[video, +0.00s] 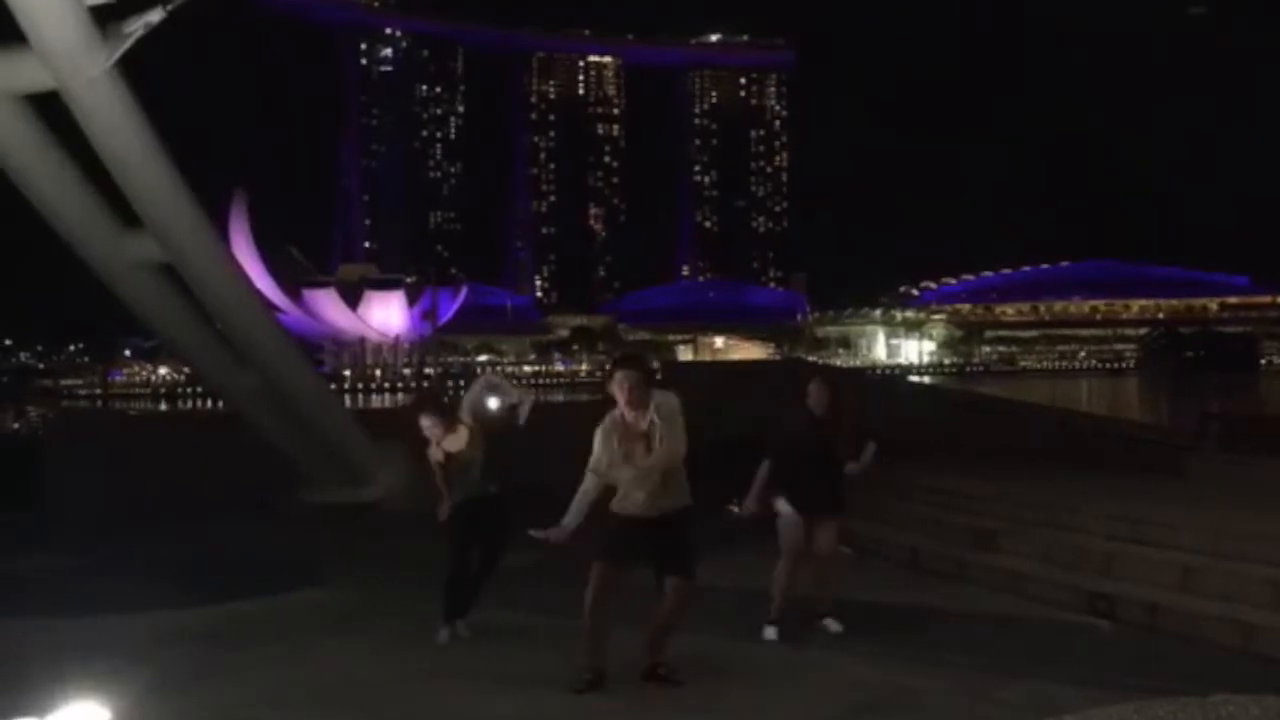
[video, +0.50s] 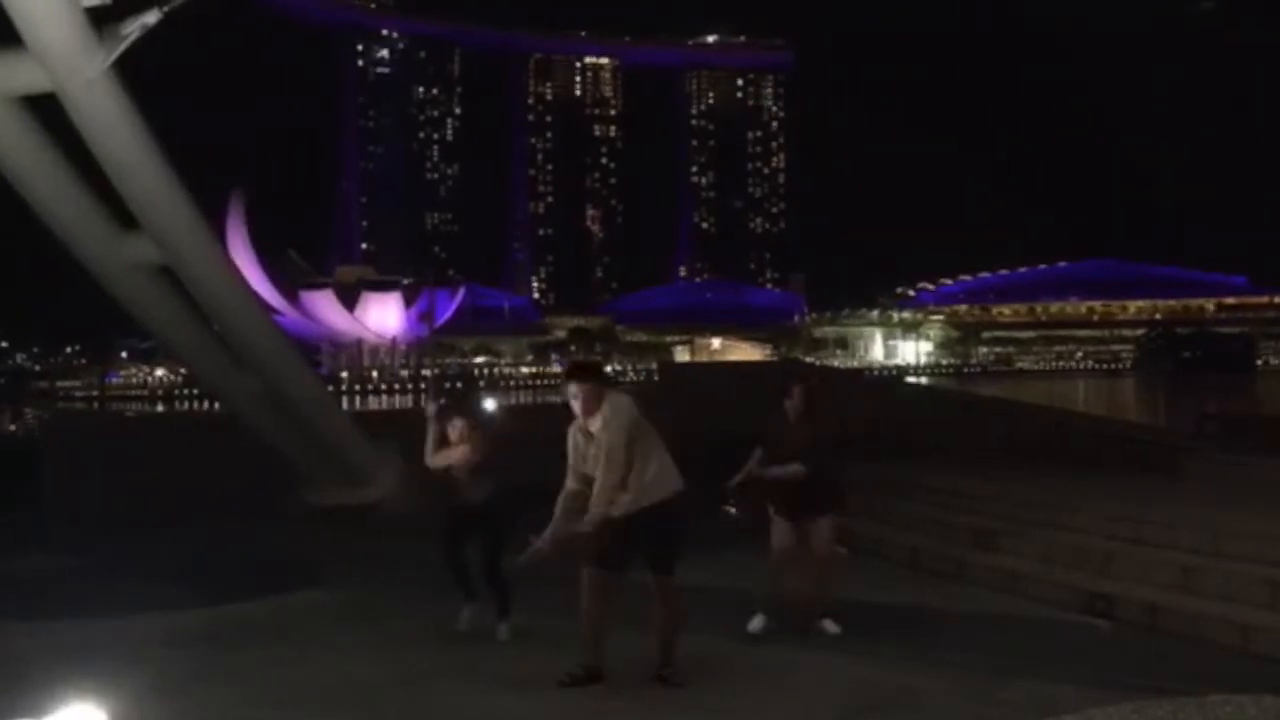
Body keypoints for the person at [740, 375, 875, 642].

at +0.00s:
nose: (817, 400)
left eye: (821, 395)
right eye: (813, 395)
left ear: (830, 398)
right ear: (805, 397)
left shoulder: (835, 428)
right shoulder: (793, 425)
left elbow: (842, 468)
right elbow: (769, 463)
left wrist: (861, 464)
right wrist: (753, 497)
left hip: (826, 500)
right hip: (792, 499)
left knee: (826, 558)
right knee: (789, 557)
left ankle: (824, 613)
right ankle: (774, 620)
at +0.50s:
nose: (797, 405)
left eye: (802, 399)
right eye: (794, 398)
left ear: (810, 401)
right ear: (786, 399)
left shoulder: (817, 429)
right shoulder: (777, 426)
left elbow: (805, 470)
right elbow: (759, 456)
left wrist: (761, 474)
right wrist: (738, 480)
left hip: (817, 501)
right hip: (782, 501)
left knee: (822, 557)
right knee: (779, 555)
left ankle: (822, 612)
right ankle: (767, 610)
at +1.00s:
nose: (756, 404)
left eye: (761, 398)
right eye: (752, 398)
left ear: (772, 400)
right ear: (746, 400)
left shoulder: (786, 425)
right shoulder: (738, 427)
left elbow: (819, 448)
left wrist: (846, 471)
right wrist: (696, 484)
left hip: (781, 495)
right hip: (748, 494)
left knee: (770, 550)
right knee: (749, 553)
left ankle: (785, 616)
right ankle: (761, 614)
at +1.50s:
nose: (768, 393)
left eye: (772, 387)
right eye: (764, 388)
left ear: (781, 389)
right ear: (756, 390)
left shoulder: (794, 416)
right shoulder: (747, 420)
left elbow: (814, 446)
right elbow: (737, 465)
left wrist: (825, 468)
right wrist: (768, 479)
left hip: (796, 495)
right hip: (761, 498)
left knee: (801, 555)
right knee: (763, 556)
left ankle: (802, 613)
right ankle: (756, 612)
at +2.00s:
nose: (785, 394)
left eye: (789, 389)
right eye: (781, 389)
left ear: (798, 390)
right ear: (774, 391)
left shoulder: (804, 416)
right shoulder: (767, 414)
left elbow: (808, 449)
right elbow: (760, 438)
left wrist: (826, 459)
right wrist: (800, 435)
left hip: (803, 494)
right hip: (771, 495)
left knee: (810, 555)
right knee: (772, 557)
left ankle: (804, 614)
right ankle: (736, 625)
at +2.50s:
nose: (814, 404)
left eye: (813, 398)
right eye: (809, 399)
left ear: (803, 399)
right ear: (801, 401)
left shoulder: (789, 425)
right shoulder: (807, 428)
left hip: (789, 507)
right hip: (801, 510)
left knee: (813, 570)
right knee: (814, 573)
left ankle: (803, 620)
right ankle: (797, 641)